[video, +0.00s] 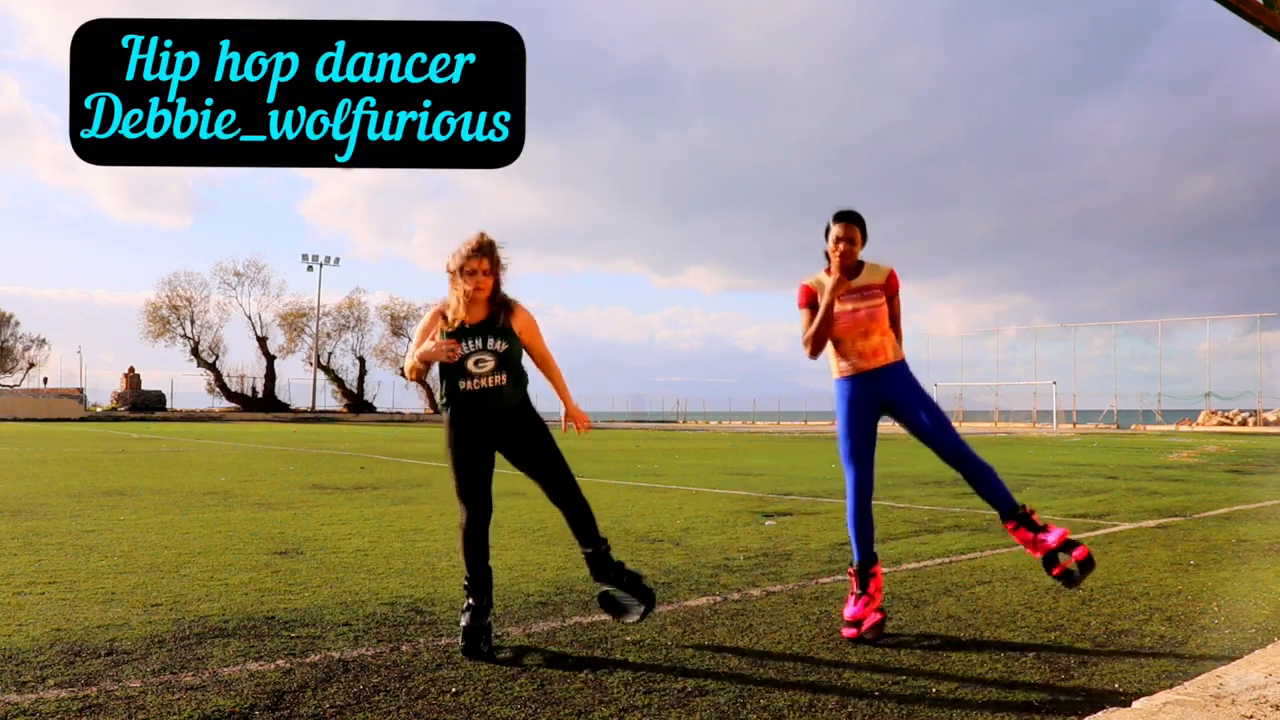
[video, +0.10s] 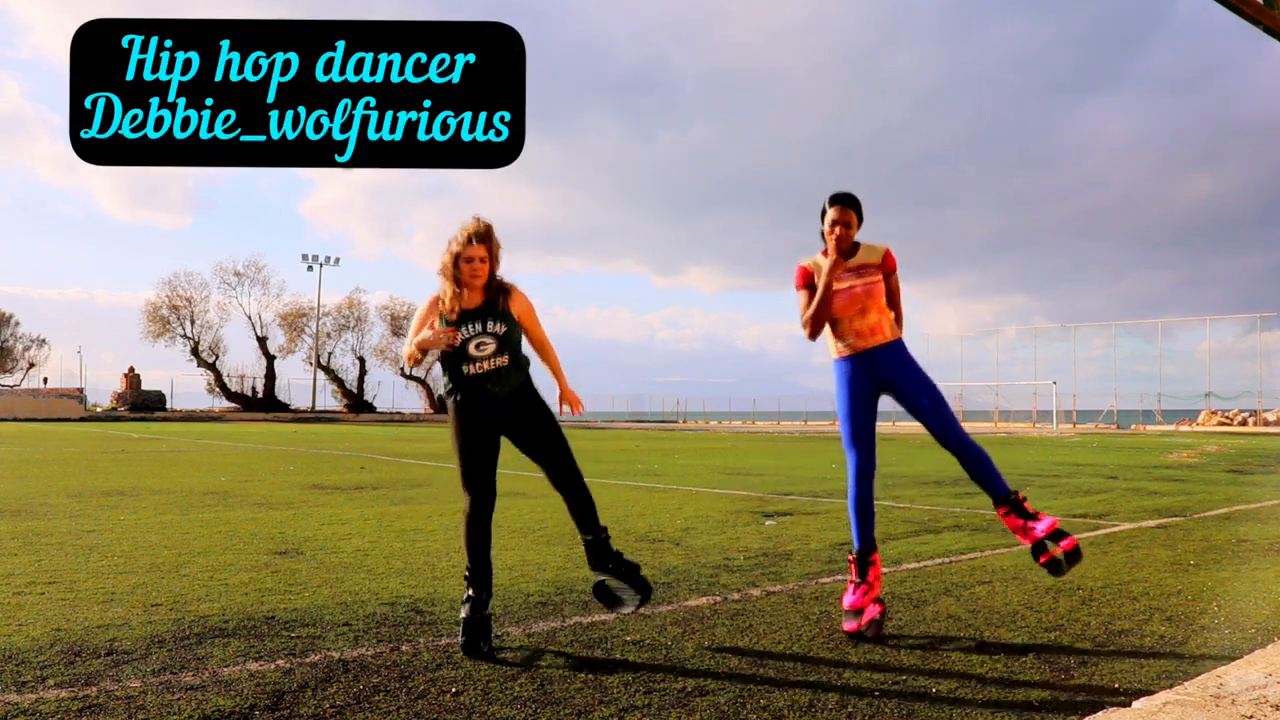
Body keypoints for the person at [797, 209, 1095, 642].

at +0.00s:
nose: (843, 247)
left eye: (851, 241)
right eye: (837, 240)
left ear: (861, 245)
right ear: (826, 244)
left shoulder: (883, 277)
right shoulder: (813, 287)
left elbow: (895, 329)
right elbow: (812, 348)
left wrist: (898, 370)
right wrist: (830, 294)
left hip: (894, 376)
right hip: (852, 388)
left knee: (959, 454)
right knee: (858, 487)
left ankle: (1025, 526)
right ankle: (865, 584)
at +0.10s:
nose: (839, 231)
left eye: (847, 225)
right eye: (833, 223)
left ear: (858, 228)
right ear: (822, 226)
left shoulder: (880, 258)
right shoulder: (809, 270)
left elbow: (894, 307)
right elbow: (810, 329)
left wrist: (895, 346)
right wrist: (827, 277)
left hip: (894, 358)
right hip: (852, 370)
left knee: (956, 439)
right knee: (860, 469)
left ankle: (1019, 515)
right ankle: (864, 570)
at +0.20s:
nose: (835, 226)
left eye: (842, 220)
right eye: (829, 219)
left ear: (855, 222)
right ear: (819, 222)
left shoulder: (878, 252)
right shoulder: (807, 265)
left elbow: (897, 305)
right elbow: (810, 323)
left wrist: (900, 353)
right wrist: (825, 266)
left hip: (892, 354)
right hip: (848, 365)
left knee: (948, 438)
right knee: (853, 465)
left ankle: (1006, 511)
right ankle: (862, 561)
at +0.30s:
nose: (834, 239)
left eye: (841, 232)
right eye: (829, 231)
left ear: (854, 235)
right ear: (818, 235)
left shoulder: (876, 267)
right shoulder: (807, 279)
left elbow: (899, 324)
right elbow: (809, 338)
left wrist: (913, 374)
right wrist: (823, 280)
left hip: (891, 368)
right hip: (846, 377)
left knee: (944, 453)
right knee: (849, 479)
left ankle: (1001, 526)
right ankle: (857, 574)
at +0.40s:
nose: (839, 256)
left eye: (846, 250)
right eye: (833, 249)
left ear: (856, 255)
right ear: (822, 254)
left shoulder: (877, 290)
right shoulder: (808, 298)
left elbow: (906, 341)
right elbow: (788, 349)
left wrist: (930, 390)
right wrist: (813, 301)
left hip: (889, 391)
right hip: (844, 400)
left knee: (935, 478)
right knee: (850, 493)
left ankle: (983, 554)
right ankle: (864, 585)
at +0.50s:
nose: (846, 242)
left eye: (853, 236)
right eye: (840, 236)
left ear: (863, 242)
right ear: (828, 241)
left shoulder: (884, 277)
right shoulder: (811, 280)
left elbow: (910, 320)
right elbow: (771, 322)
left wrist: (917, 346)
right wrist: (816, 295)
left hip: (888, 377)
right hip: (844, 384)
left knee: (922, 472)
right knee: (854, 485)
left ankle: (953, 555)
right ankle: (862, 582)